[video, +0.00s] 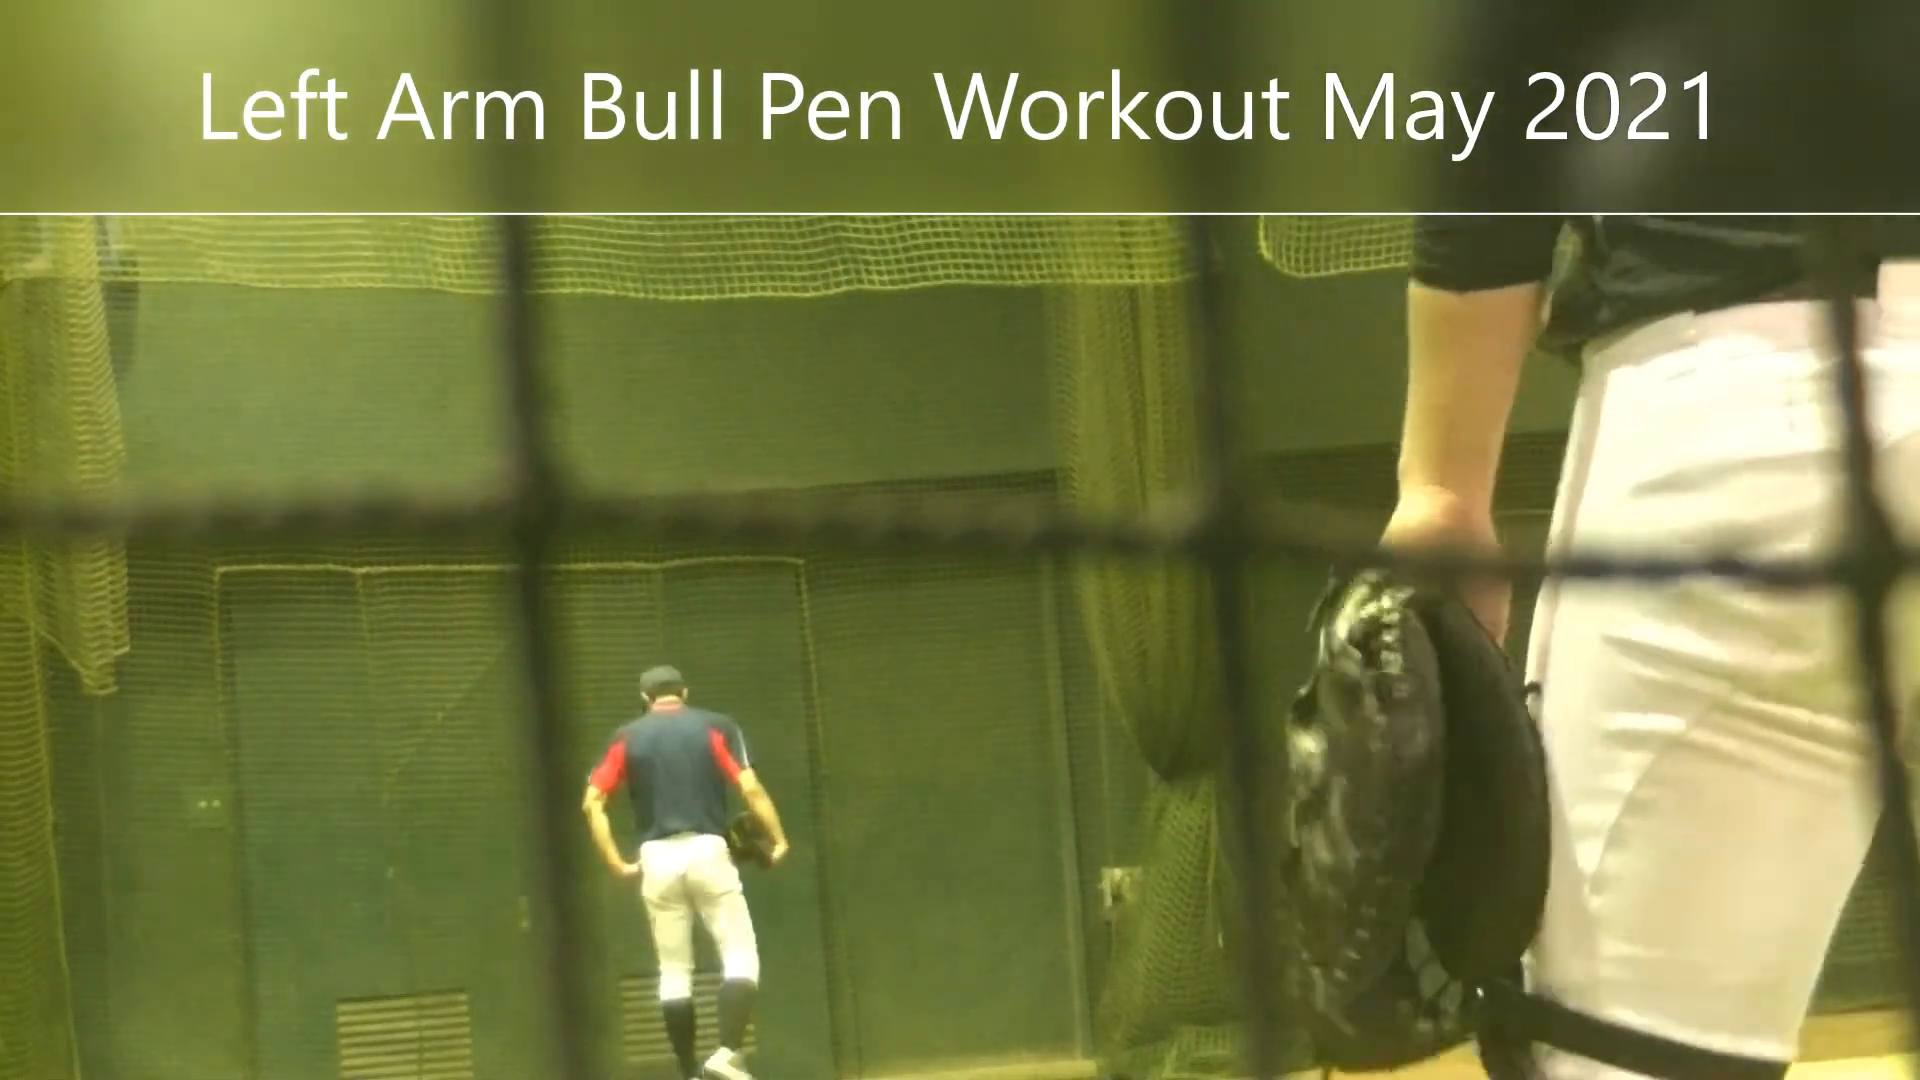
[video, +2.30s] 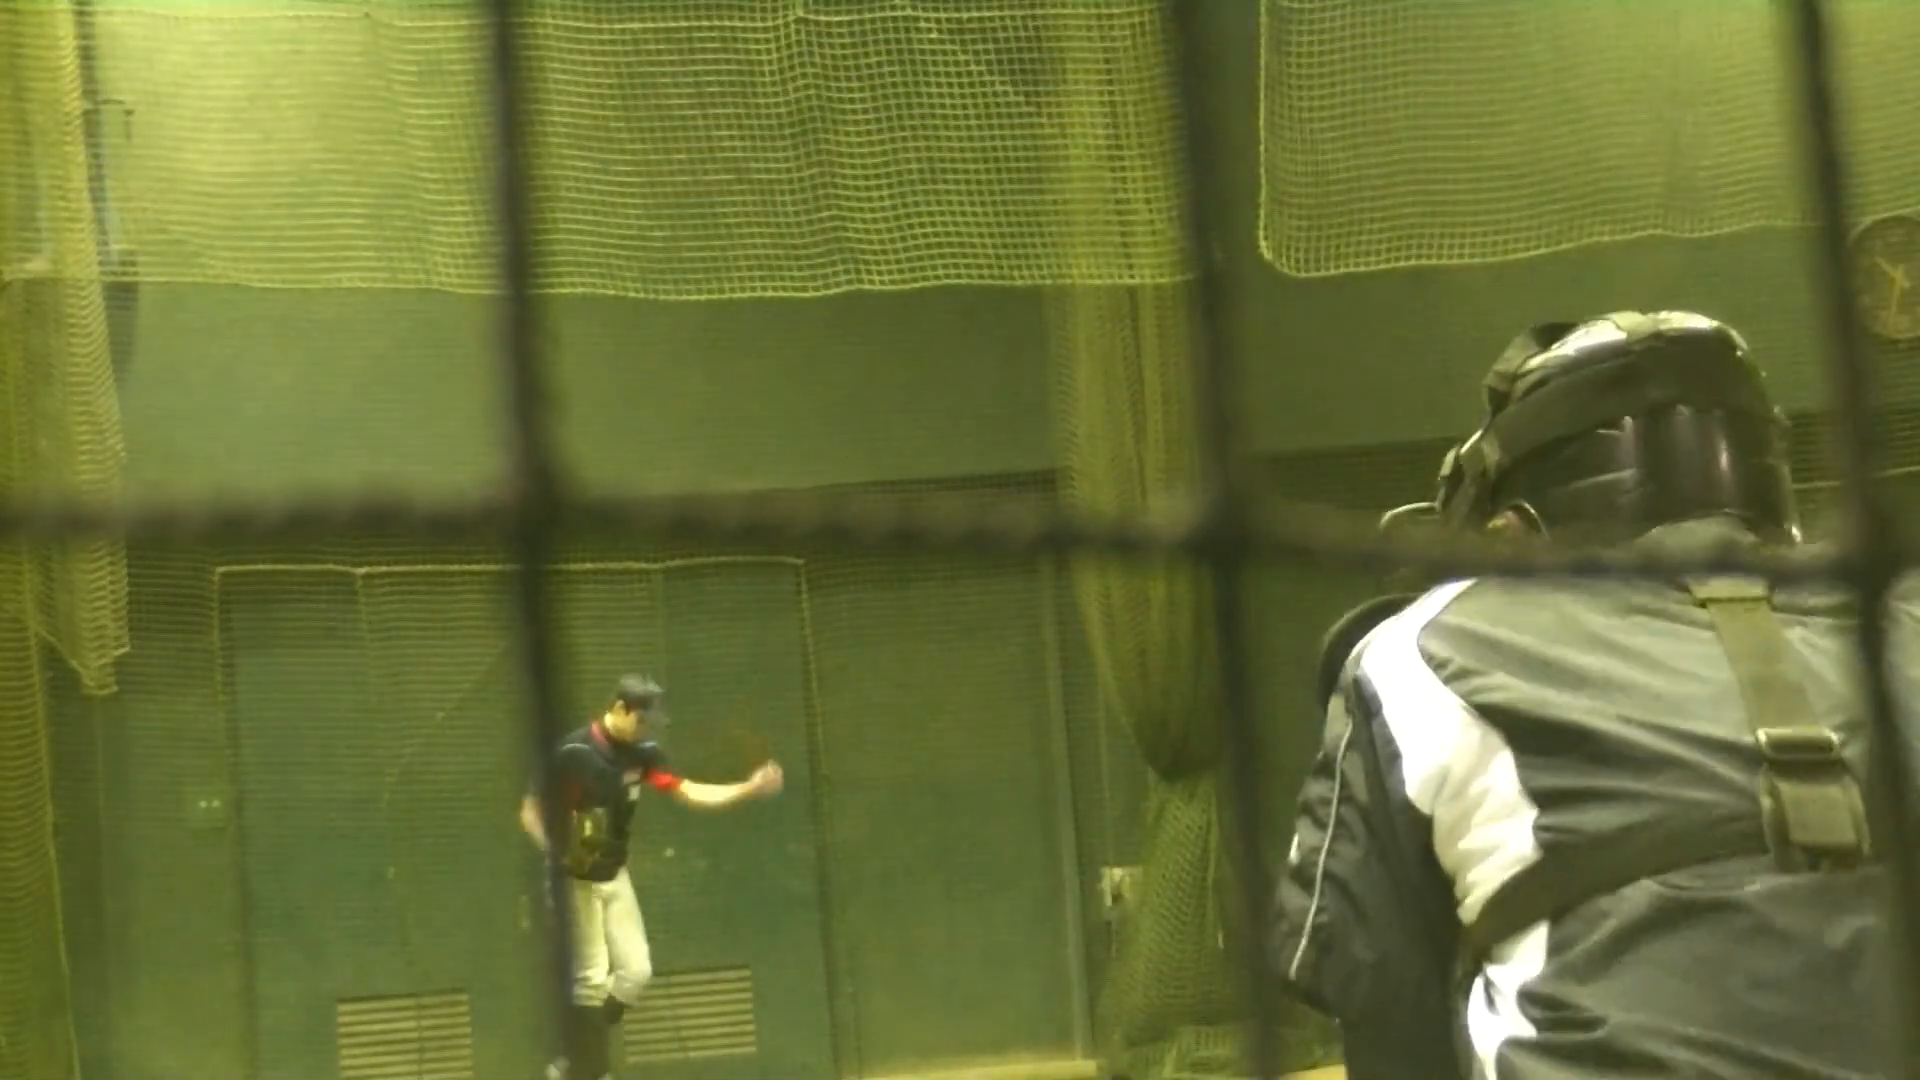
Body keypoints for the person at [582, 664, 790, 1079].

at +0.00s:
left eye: (649, 696)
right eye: (674, 690)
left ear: (645, 699)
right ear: (684, 693)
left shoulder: (628, 737)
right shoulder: (715, 726)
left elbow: (592, 802)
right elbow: (750, 789)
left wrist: (615, 863)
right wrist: (778, 837)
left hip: (657, 859)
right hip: (709, 853)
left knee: (673, 968)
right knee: (739, 953)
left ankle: (687, 1069)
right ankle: (728, 1052)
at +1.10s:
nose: (696, 706)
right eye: (699, 700)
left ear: (661, 698)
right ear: (699, 700)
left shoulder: (629, 733)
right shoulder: (710, 731)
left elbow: (589, 795)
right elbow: (737, 799)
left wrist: (606, 859)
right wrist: (762, 849)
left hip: (637, 859)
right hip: (686, 856)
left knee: (650, 962)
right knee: (708, 959)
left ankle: (619, 1065)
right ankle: (714, 1069)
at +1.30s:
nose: (687, 717)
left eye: (687, 711)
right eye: (688, 711)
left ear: (649, 700)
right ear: (679, 703)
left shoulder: (611, 737)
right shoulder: (677, 732)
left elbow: (580, 802)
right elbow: (694, 791)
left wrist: (607, 846)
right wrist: (738, 835)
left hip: (614, 862)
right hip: (659, 860)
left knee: (634, 968)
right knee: (694, 961)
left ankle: (614, 1072)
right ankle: (712, 1067)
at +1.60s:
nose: (660, 718)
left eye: (663, 712)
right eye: (662, 711)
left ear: (633, 695)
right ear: (650, 697)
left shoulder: (597, 732)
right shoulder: (633, 730)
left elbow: (612, 804)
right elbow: (630, 799)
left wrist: (666, 838)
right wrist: (671, 840)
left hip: (589, 858)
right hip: (621, 857)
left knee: (614, 970)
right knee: (667, 959)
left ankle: (605, 1072)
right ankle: (671, 1067)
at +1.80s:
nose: (651, 718)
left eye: (654, 711)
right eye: (652, 709)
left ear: (630, 696)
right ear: (637, 697)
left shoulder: (599, 731)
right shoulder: (613, 734)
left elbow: (626, 785)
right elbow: (601, 807)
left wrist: (682, 792)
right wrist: (646, 851)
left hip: (589, 859)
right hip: (607, 859)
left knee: (615, 968)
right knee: (640, 962)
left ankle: (601, 1066)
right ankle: (620, 1067)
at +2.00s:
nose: (647, 718)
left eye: (650, 710)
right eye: (646, 708)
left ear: (629, 701)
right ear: (626, 698)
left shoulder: (612, 739)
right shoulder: (598, 739)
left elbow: (653, 755)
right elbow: (572, 808)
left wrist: (708, 735)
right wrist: (616, 855)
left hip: (619, 868)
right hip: (595, 867)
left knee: (625, 975)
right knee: (617, 975)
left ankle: (607, 1069)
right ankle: (600, 1070)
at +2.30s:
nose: (645, 726)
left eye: (648, 718)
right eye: (640, 717)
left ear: (644, 717)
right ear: (618, 710)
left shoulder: (640, 755)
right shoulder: (572, 754)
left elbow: (690, 793)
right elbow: (530, 810)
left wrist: (750, 787)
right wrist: (556, 851)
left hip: (615, 879)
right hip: (573, 882)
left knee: (635, 972)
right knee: (589, 982)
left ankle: (572, 1056)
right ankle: (586, 1067)